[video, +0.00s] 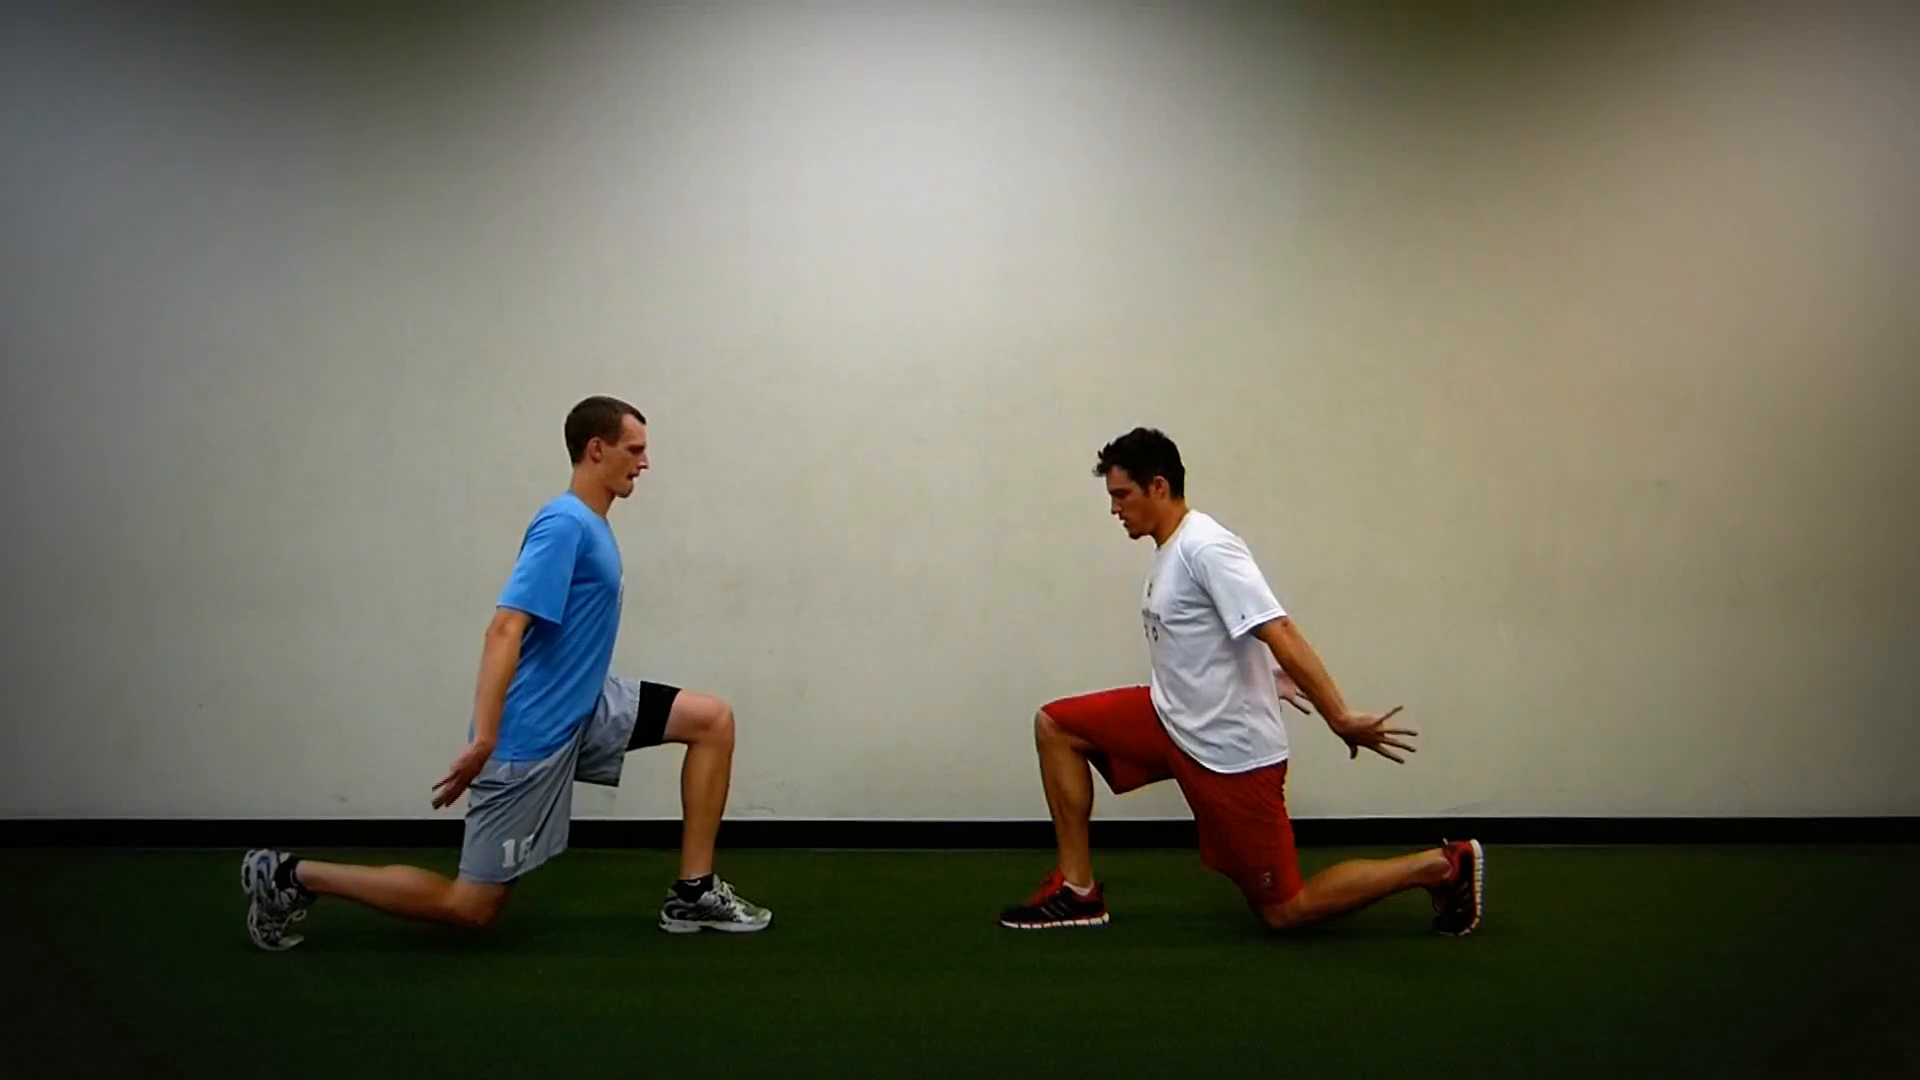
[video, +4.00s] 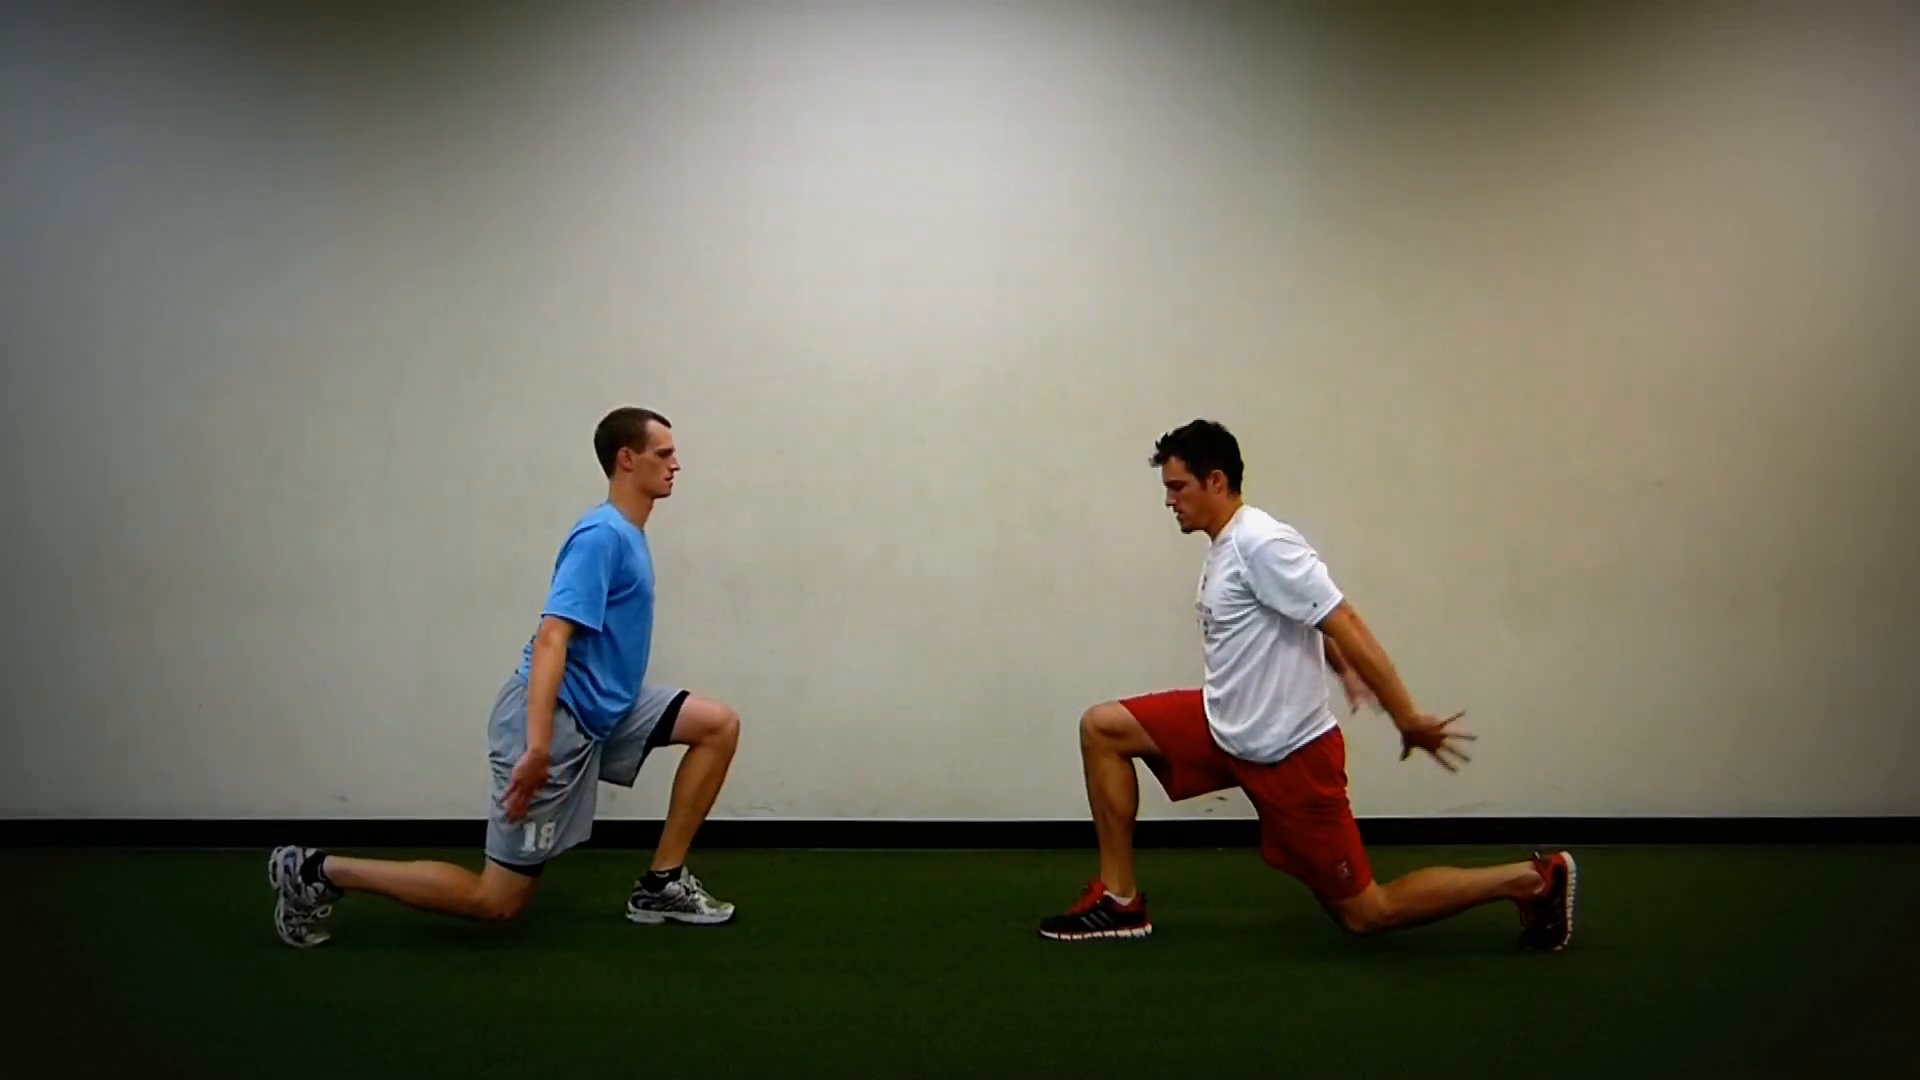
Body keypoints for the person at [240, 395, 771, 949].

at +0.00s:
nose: (643, 463)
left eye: (643, 451)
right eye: (634, 450)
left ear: (599, 453)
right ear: (594, 451)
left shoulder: (589, 523)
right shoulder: (564, 526)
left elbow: (546, 636)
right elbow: (506, 631)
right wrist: (485, 740)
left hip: (587, 704)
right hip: (531, 737)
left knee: (713, 722)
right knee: (473, 907)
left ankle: (696, 892)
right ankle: (288, 876)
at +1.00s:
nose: (650, 472)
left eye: (650, 460)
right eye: (640, 459)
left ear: (608, 464)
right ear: (600, 462)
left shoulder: (599, 537)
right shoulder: (571, 536)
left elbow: (554, 647)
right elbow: (505, 638)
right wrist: (474, 744)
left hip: (588, 711)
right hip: (530, 744)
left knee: (714, 723)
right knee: (474, 914)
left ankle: (696, 892)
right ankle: (292, 876)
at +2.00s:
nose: (667, 401)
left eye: (665, 390)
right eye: (657, 390)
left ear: (626, 398)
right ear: (618, 397)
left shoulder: (630, 477)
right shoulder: (601, 473)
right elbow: (545, 558)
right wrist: (535, 660)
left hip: (567, 661)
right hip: (561, 658)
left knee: (485, 829)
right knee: (709, 735)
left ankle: (319, 857)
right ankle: (652, 904)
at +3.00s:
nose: (664, 382)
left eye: (665, 370)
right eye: (656, 368)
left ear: (625, 370)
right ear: (619, 369)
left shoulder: (635, 441)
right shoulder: (603, 423)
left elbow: (668, 470)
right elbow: (630, 451)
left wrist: (727, 465)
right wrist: (715, 409)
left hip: (614, 641)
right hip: (558, 633)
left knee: (706, 720)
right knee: (489, 813)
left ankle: (664, 882)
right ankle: (312, 867)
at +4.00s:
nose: (675, 465)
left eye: (674, 454)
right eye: (665, 455)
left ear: (634, 461)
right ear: (626, 460)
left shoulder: (628, 535)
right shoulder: (600, 538)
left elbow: (583, 637)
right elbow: (552, 640)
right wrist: (540, 747)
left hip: (605, 705)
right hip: (550, 719)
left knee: (717, 726)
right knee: (498, 900)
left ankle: (663, 883)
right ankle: (316, 872)